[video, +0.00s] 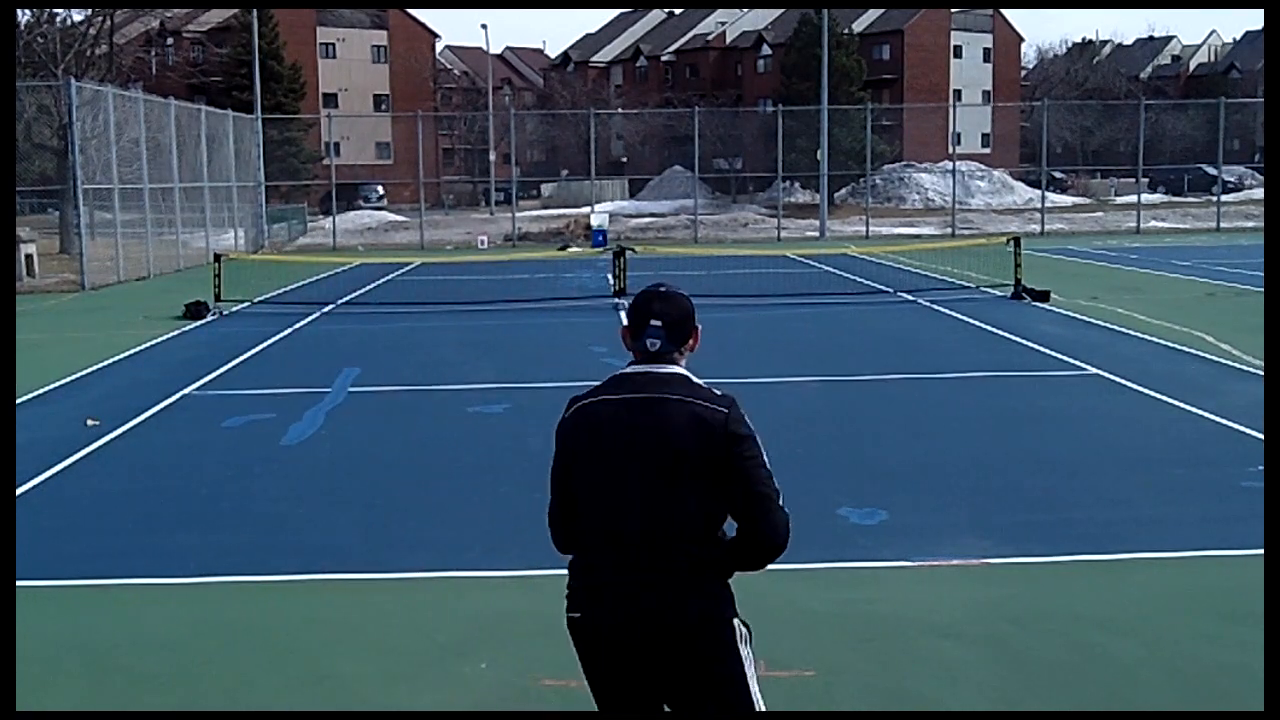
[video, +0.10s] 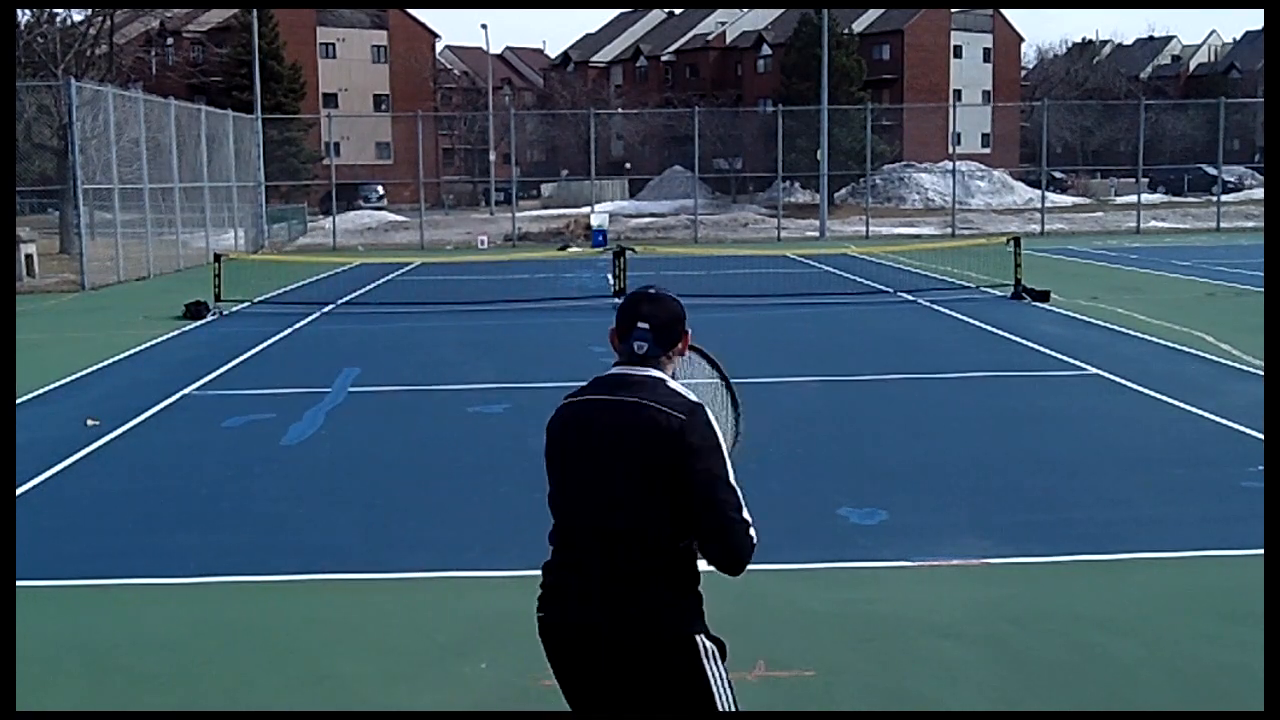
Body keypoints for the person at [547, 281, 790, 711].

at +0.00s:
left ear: (625, 336)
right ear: (693, 338)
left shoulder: (581, 411)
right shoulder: (718, 411)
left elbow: (564, 535)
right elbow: (769, 534)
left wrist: (626, 540)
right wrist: (712, 559)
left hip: (604, 622)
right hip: (696, 623)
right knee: (731, 713)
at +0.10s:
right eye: (685, 343)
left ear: (613, 340)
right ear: (683, 346)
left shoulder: (566, 412)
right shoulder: (685, 414)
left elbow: (573, 514)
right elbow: (734, 553)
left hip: (569, 619)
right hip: (661, 624)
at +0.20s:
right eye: (677, 341)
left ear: (601, 340)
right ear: (672, 349)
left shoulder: (561, 410)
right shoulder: (661, 417)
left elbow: (607, 511)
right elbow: (695, 562)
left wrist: (698, 493)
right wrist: (733, 544)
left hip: (539, 624)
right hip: (624, 632)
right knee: (687, 703)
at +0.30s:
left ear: (591, 344)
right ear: (664, 353)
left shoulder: (551, 410)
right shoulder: (647, 426)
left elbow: (610, 525)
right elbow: (678, 576)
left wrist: (707, 487)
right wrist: (737, 545)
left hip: (509, 632)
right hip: (593, 643)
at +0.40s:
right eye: (667, 360)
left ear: (584, 359)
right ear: (659, 369)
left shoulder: (546, 419)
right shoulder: (635, 446)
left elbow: (611, 535)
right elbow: (672, 596)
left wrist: (707, 496)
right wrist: (747, 553)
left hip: (477, 649)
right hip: (551, 667)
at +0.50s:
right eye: (657, 372)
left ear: (576, 365)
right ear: (650, 381)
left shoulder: (536, 426)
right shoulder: (611, 451)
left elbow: (603, 544)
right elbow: (648, 604)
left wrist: (709, 519)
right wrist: (749, 559)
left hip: (445, 653)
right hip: (514, 675)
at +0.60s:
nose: (638, 386)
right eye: (641, 377)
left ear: (562, 369)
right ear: (632, 389)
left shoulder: (527, 426)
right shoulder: (580, 451)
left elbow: (607, 539)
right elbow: (602, 601)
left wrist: (711, 540)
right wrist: (720, 566)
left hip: (426, 652)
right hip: (476, 674)